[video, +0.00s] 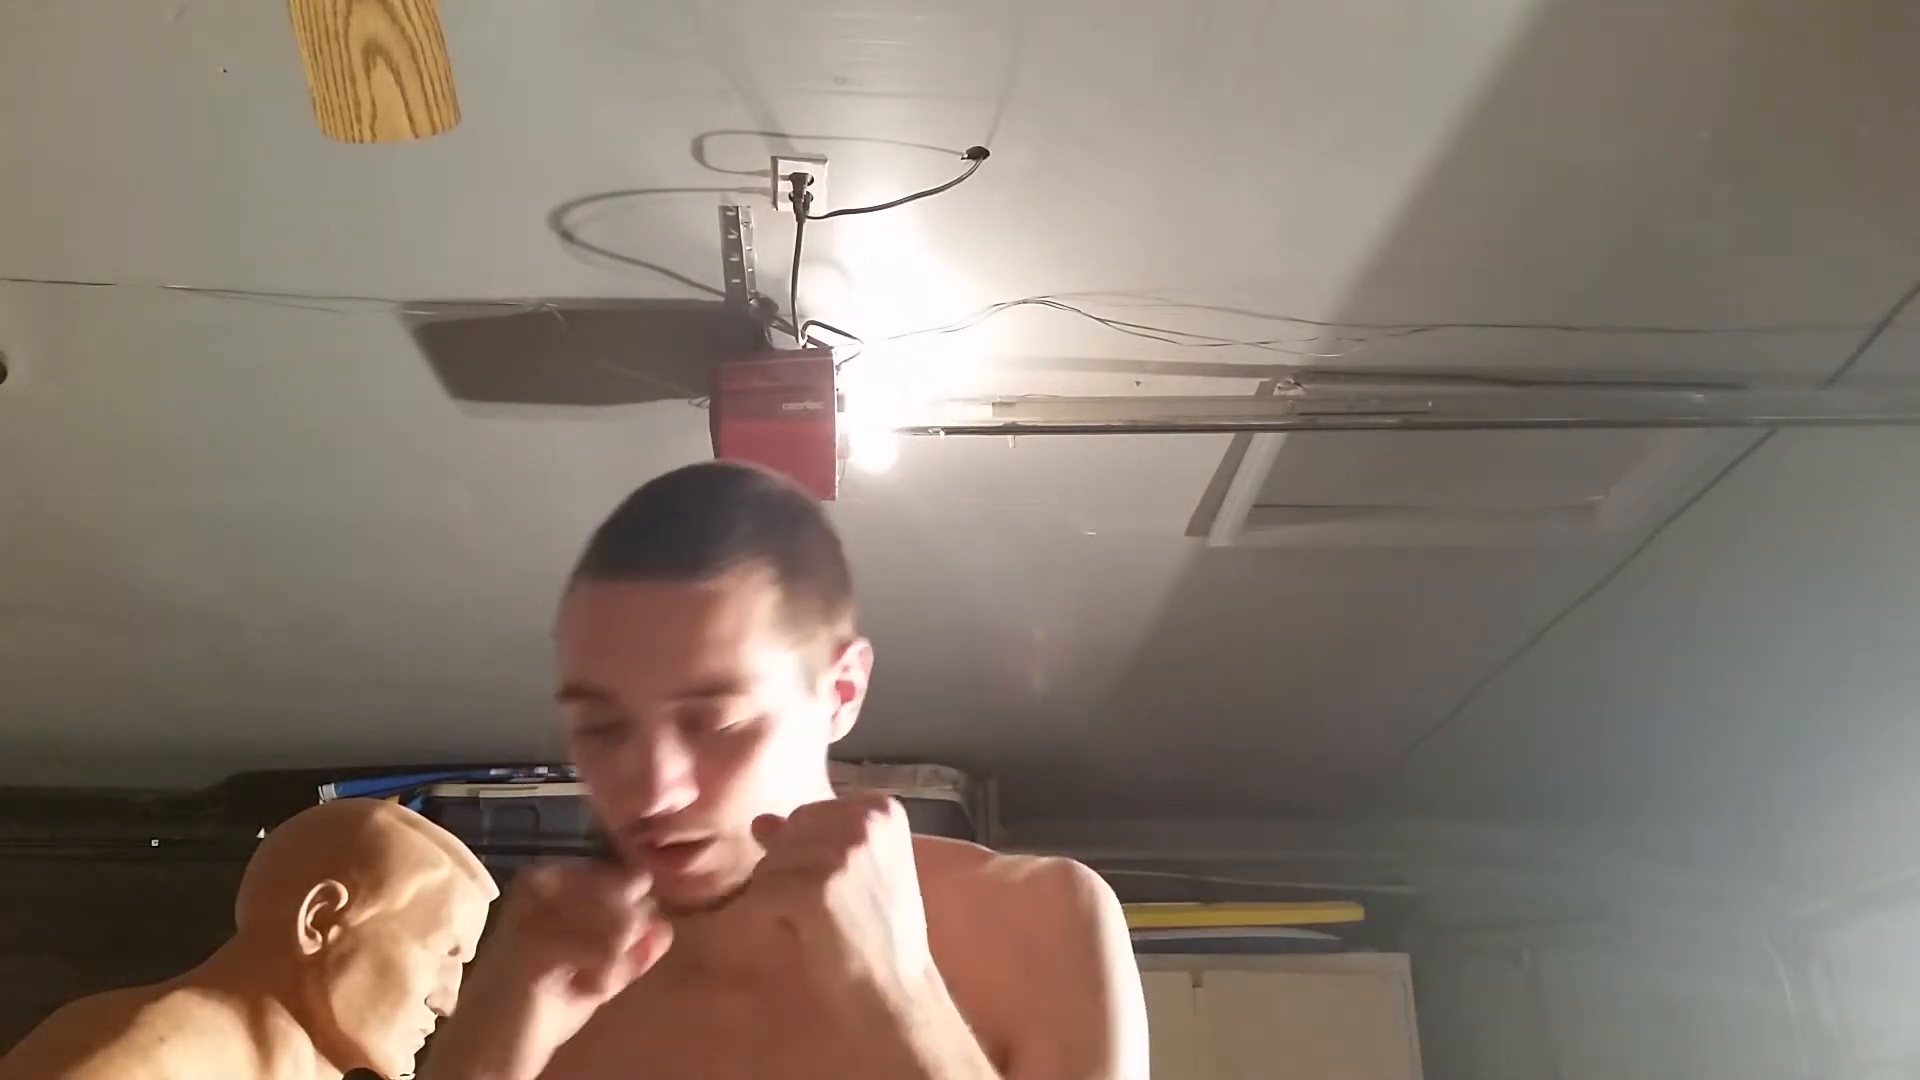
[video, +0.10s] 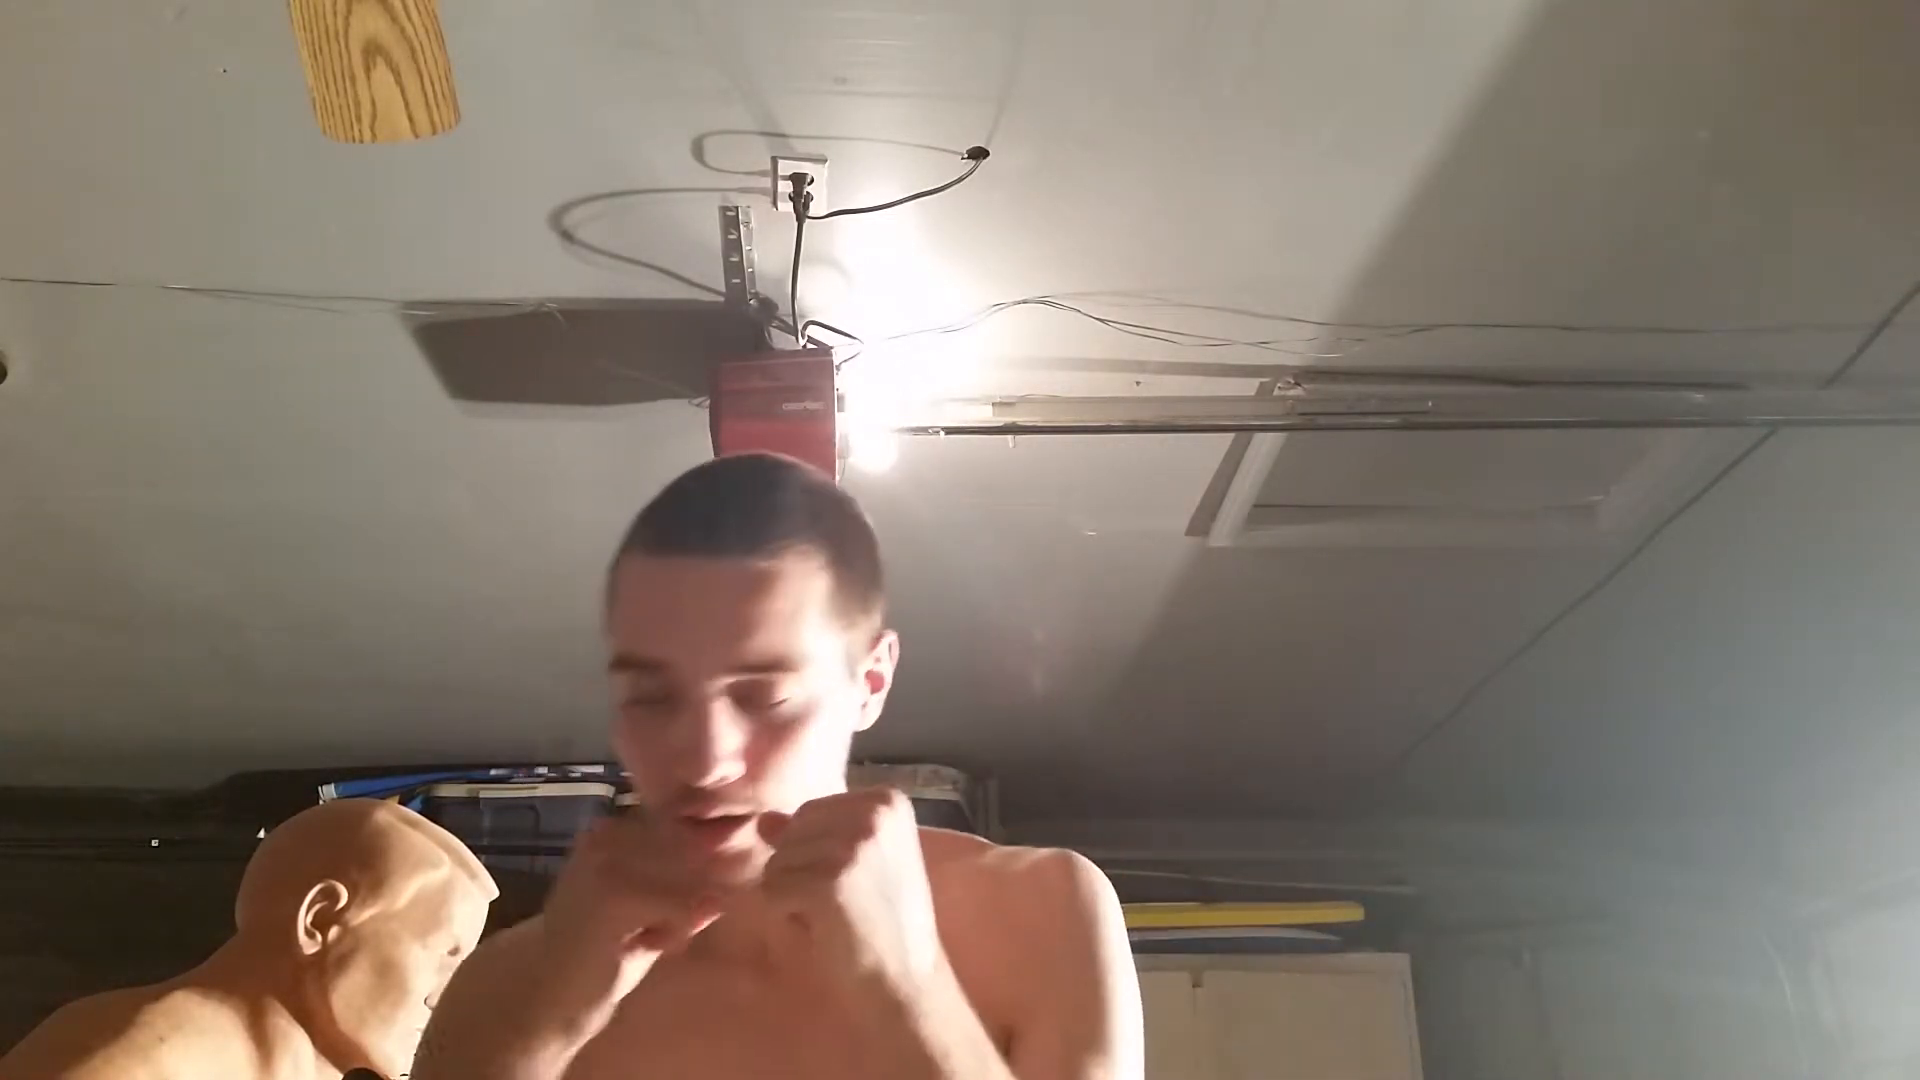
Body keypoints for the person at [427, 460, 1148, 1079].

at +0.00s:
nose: (651, 790)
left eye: (713, 719)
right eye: (597, 724)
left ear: (840, 691)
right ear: (560, 704)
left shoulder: (1040, 931)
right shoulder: (525, 956)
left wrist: (896, 997)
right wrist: (503, 1015)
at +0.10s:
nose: (703, 758)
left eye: (762, 693)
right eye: (649, 694)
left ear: (871, 681)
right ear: (611, 684)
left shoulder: (1044, 922)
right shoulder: (512, 989)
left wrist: (908, 990)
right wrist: (536, 1010)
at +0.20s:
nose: (748, 745)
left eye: (802, 681)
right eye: (691, 679)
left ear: (893, 678)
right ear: (641, 678)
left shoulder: (1050, 915)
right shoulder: (525, 971)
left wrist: (934, 969)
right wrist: (597, 996)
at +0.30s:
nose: (786, 736)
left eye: (839, 673)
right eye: (731, 671)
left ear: (920, 677)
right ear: (675, 678)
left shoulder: (1058, 920)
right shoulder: (533, 977)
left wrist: (974, 982)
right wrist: (646, 1014)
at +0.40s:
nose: (830, 732)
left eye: (877, 674)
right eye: (775, 670)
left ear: (947, 686)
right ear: (715, 680)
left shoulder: (1068, 930)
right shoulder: (563, 968)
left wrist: (1014, 998)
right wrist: (705, 1037)